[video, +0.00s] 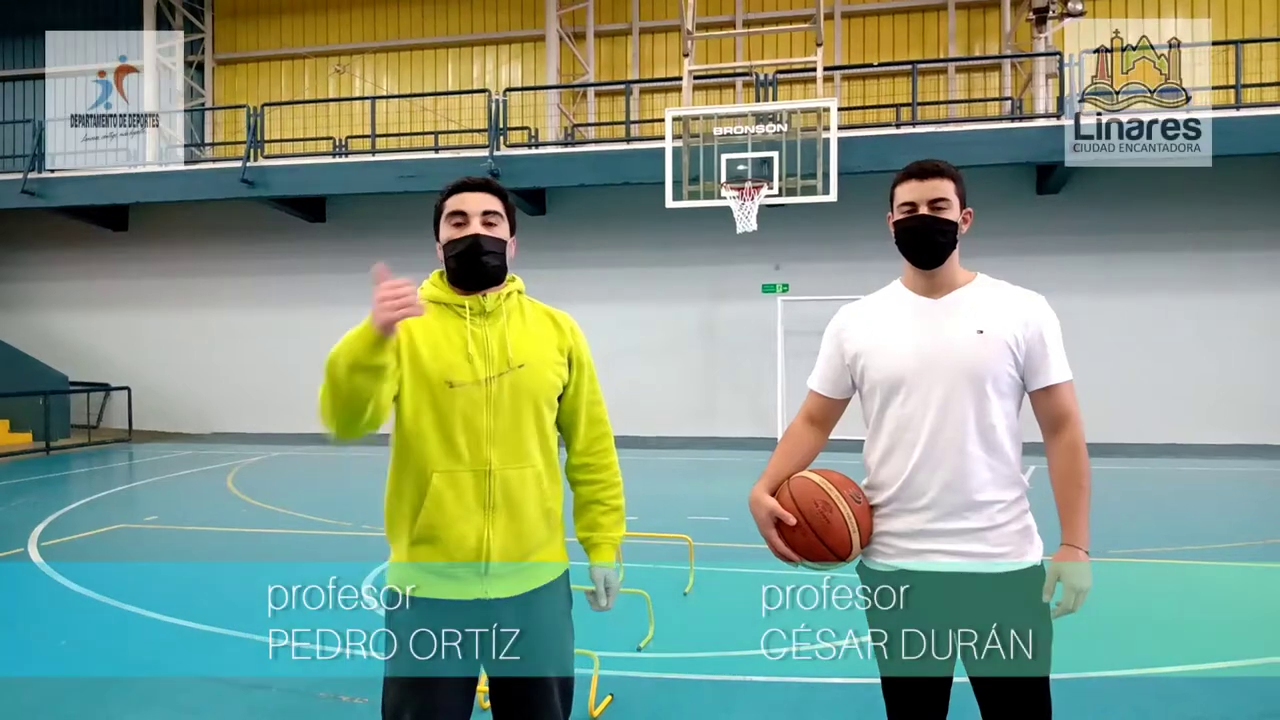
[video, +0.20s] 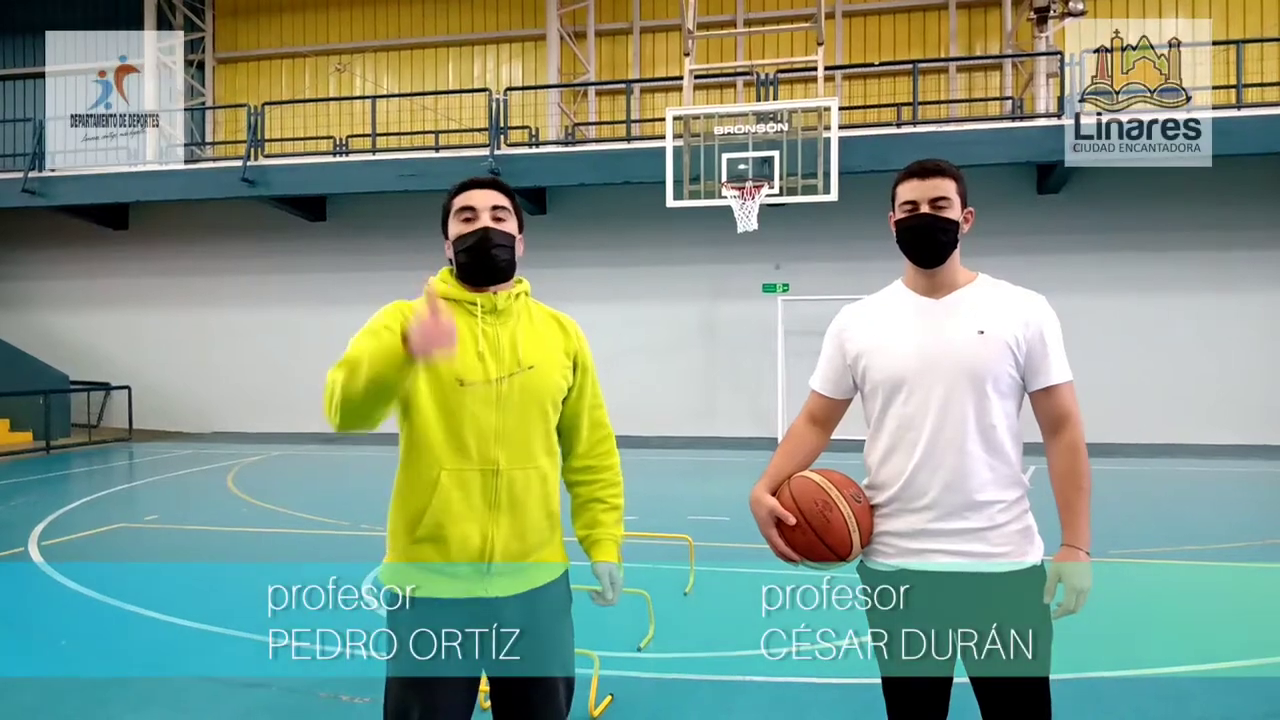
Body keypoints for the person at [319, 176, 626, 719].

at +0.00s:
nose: (474, 229)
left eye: (491, 220)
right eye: (457, 221)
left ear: (512, 244)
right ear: (439, 244)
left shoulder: (556, 331)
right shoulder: (405, 328)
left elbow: (591, 449)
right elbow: (346, 422)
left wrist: (604, 548)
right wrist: (375, 334)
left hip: (534, 582)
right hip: (428, 585)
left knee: (542, 713)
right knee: (421, 714)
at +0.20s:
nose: (483, 224)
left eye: (499, 215)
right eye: (466, 216)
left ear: (519, 241)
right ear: (447, 244)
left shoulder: (559, 333)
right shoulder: (405, 321)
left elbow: (591, 449)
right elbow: (346, 413)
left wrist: (603, 541)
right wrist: (404, 350)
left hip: (534, 578)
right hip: (431, 580)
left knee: (543, 710)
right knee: (425, 712)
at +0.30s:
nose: (494, 226)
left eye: (508, 218)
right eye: (477, 218)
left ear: (528, 243)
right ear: (455, 245)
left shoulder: (562, 338)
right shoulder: (406, 332)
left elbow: (589, 456)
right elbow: (348, 433)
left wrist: (599, 550)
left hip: (536, 588)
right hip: (435, 590)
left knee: (543, 710)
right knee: (428, 713)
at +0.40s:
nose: (499, 226)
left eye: (514, 218)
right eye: (482, 217)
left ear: (532, 243)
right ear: (459, 243)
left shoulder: (563, 338)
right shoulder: (410, 332)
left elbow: (588, 458)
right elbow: (368, 455)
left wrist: (594, 554)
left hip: (539, 591)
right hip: (436, 593)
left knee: (546, 711)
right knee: (428, 715)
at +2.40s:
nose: (483, 227)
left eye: (499, 217)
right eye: (465, 218)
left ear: (518, 242)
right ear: (445, 244)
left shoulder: (558, 335)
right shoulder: (399, 340)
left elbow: (589, 454)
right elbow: (368, 467)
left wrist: (599, 552)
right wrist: (363, 581)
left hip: (542, 587)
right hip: (439, 590)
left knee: (548, 711)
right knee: (432, 713)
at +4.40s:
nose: (472, 227)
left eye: (487, 216)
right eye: (454, 219)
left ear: (509, 240)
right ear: (434, 246)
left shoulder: (556, 334)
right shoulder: (394, 346)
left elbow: (591, 448)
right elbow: (371, 478)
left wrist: (603, 543)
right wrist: (379, 596)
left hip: (541, 589)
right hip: (436, 593)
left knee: (547, 711)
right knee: (431, 714)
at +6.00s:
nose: (478, 231)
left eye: (495, 221)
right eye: (460, 222)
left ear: (515, 244)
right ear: (441, 247)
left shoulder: (560, 336)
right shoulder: (397, 345)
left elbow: (594, 452)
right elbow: (363, 472)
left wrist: (604, 548)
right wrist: (364, 581)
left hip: (542, 591)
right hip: (438, 595)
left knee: (548, 712)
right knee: (430, 714)